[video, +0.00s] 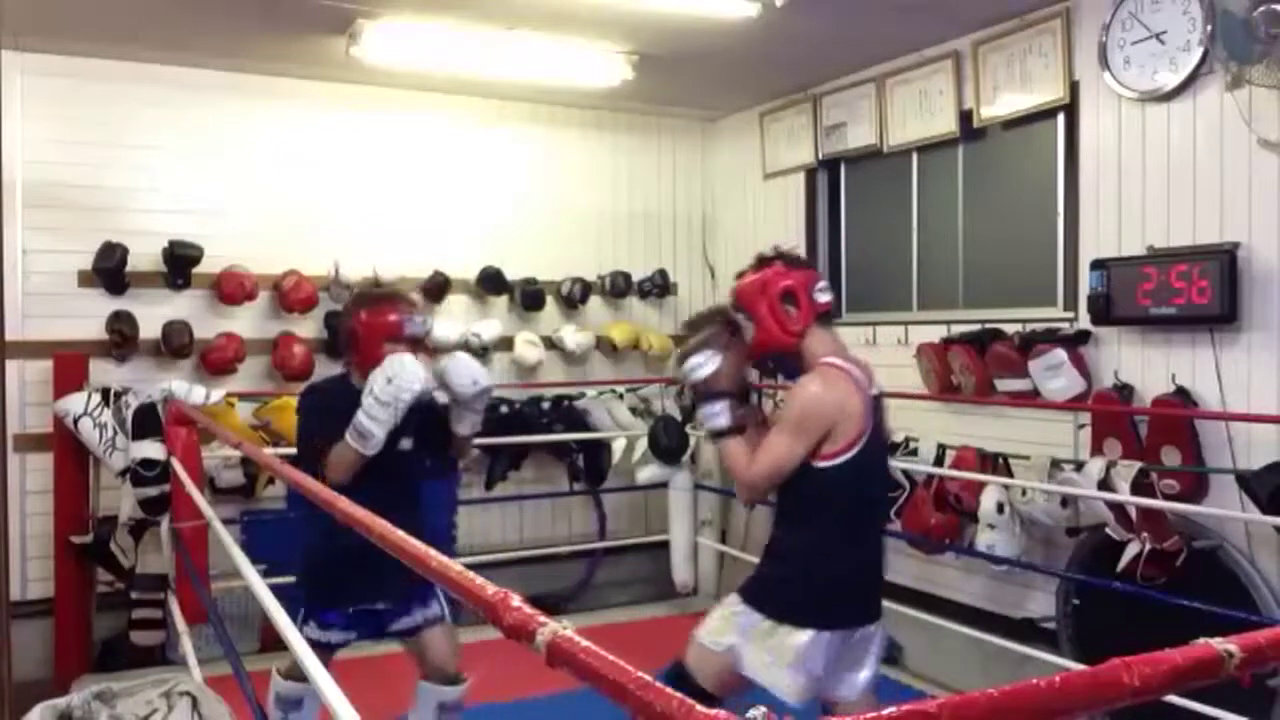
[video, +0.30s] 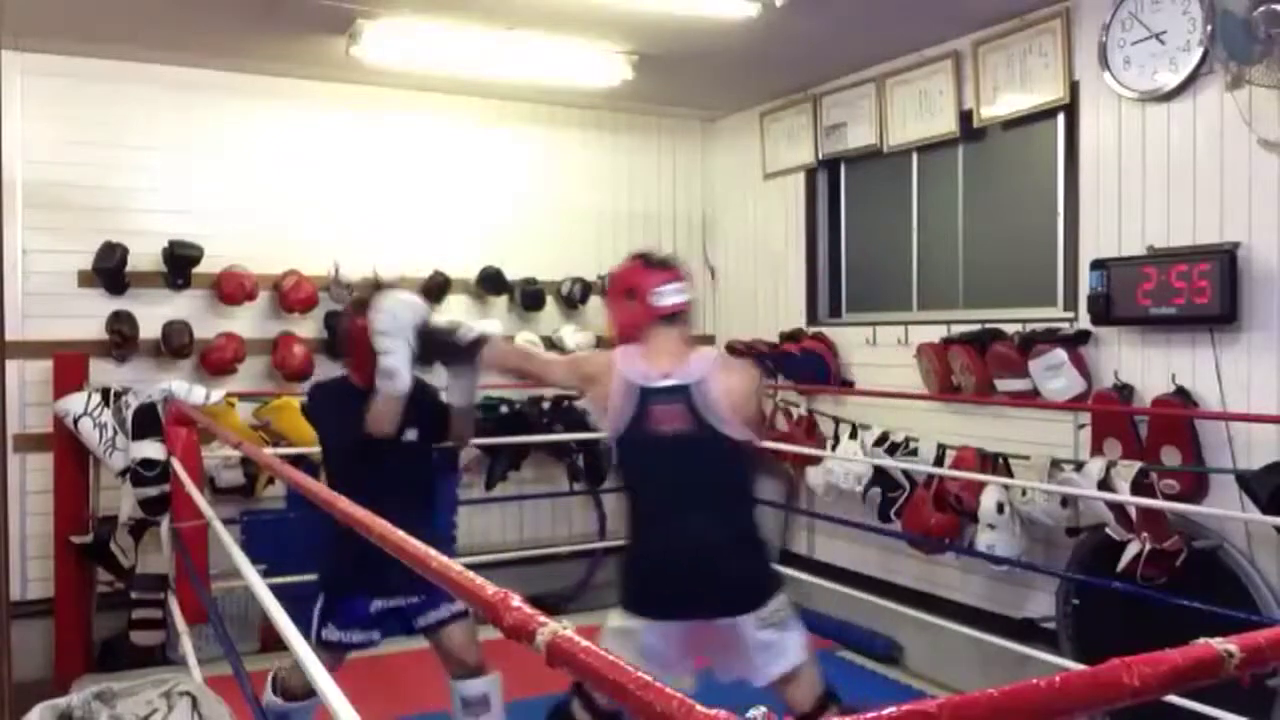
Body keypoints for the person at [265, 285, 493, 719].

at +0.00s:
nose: (408, 349)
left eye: (413, 336)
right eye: (394, 335)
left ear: (419, 341)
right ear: (362, 340)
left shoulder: (417, 400)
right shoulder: (323, 398)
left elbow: (449, 456)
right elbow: (334, 473)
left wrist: (468, 408)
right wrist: (378, 408)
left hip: (405, 564)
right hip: (335, 567)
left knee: (446, 673)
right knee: (295, 683)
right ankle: (284, 715)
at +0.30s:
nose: (376, 332)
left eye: (385, 322)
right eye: (365, 321)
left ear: (401, 334)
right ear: (346, 335)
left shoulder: (415, 393)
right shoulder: (327, 398)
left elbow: (456, 437)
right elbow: (378, 427)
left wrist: (462, 385)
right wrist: (393, 363)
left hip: (420, 554)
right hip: (354, 558)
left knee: (468, 658)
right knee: (312, 672)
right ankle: (275, 705)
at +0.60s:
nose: (347, 328)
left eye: (350, 318)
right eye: (335, 319)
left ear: (352, 332)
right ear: (303, 333)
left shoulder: (356, 390)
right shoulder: (272, 389)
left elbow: (401, 425)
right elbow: (298, 419)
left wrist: (399, 364)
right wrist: (318, 345)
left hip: (354, 546)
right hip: (290, 550)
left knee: (394, 652)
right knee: (264, 661)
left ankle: (376, 714)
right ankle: (246, 712)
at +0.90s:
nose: (338, 334)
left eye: (342, 323)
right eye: (327, 322)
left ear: (347, 327)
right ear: (294, 323)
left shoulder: (352, 372)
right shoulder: (252, 377)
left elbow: (378, 438)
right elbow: (238, 444)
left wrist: (369, 419)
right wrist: (293, 423)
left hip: (343, 519)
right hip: (276, 525)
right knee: (257, 637)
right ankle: (266, 716)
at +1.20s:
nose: (359, 351)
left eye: (370, 340)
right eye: (347, 338)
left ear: (384, 345)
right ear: (321, 340)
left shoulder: (396, 393)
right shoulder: (292, 397)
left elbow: (425, 467)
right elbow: (269, 476)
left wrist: (406, 442)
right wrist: (304, 444)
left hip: (379, 544)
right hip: (308, 545)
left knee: (407, 648)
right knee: (274, 655)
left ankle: (423, 712)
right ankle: (271, 712)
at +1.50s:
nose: (376, 356)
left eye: (387, 346)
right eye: (363, 344)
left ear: (400, 349)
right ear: (337, 346)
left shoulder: (413, 393)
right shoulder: (310, 396)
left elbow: (437, 467)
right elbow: (299, 476)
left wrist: (427, 416)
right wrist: (336, 412)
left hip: (408, 547)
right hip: (334, 548)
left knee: (440, 658)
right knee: (299, 669)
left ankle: (446, 714)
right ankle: (268, 697)